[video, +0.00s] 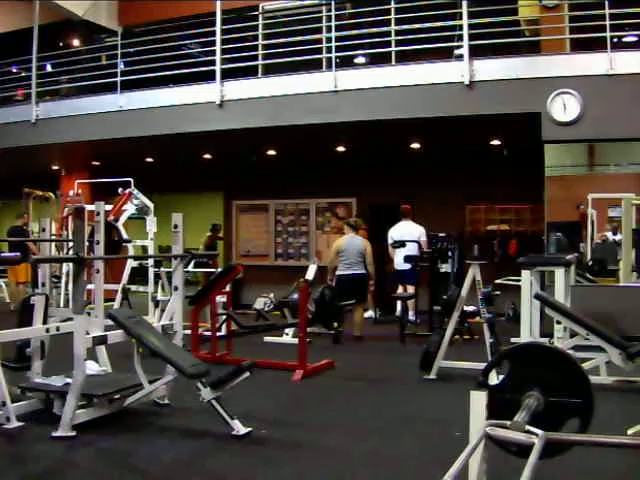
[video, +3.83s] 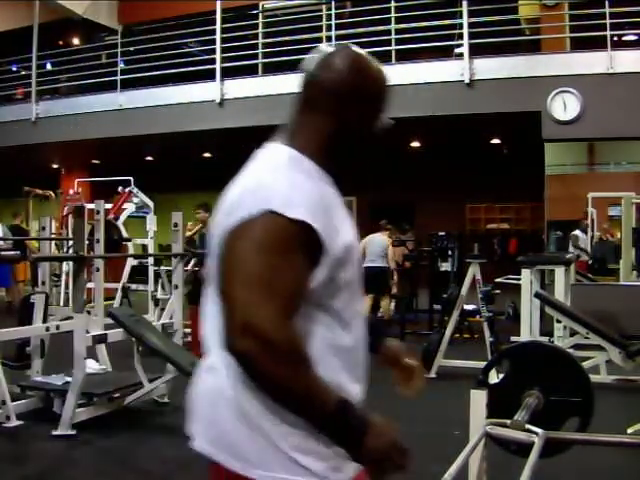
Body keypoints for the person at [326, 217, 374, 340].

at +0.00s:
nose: (344, 230)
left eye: (344, 228)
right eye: (345, 228)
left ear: (346, 228)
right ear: (356, 229)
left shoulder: (338, 242)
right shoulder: (365, 242)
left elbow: (332, 261)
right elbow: (369, 263)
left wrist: (330, 275)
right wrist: (372, 278)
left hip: (342, 275)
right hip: (360, 275)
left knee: (340, 306)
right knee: (358, 306)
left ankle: (339, 330)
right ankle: (357, 333)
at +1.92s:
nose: (360, 231)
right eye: (360, 229)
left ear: (349, 228)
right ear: (359, 229)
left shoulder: (341, 242)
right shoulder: (365, 242)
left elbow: (337, 260)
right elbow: (369, 261)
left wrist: (338, 270)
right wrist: (374, 275)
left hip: (345, 272)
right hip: (361, 272)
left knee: (348, 302)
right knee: (363, 300)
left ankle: (346, 327)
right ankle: (366, 324)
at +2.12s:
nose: (369, 230)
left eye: (368, 228)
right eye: (369, 228)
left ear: (356, 228)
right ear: (366, 228)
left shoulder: (348, 240)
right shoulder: (372, 241)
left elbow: (343, 258)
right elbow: (375, 259)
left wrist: (340, 272)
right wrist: (381, 274)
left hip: (352, 270)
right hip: (368, 270)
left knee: (350, 299)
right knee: (367, 299)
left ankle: (347, 320)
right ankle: (367, 324)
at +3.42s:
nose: (377, 232)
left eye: (377, 230)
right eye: (377, 230)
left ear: (366, 229)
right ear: (374, 229)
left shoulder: (357, 239)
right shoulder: (376, 240)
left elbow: (353, 255)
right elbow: (378, 256)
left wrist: (356, 264)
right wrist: (383, 271)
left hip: (358, 267)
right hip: (372, 267)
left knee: (362, 295)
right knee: (380, 292)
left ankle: (364, 321)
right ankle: (381, 315)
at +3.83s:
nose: (389, 234)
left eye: (389, 232)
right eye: (389, 232)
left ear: (379, 230)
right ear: (388, 231)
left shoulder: (367, 239)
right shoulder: (388, 241)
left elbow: (359, 253)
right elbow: (390, 258)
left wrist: (358, 265)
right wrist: (394, 271)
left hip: (368, 266)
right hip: (382, 267)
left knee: (370, 294)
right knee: (385, 295)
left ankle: (365, 315)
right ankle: (385, 316)